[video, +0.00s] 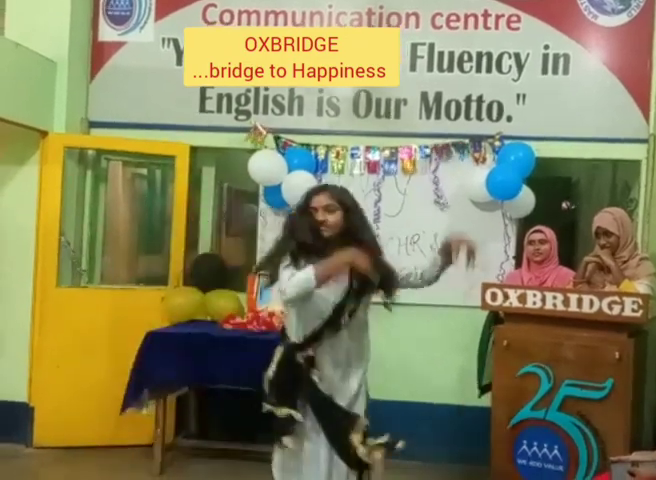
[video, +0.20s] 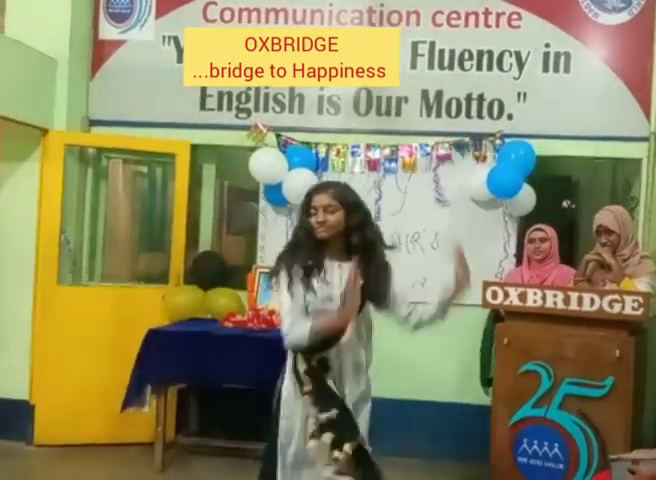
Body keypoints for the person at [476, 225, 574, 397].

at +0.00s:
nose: (537, 247)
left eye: (542, 243)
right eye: (531, 243)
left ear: (552, 247)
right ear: (525, 248)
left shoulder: (567, 277)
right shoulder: (513, 277)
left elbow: (570, 313)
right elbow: (503, 312)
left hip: (554, 344)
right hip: (518, 344)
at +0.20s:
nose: (537, 246)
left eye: (543, 241)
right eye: (532, 241)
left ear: (553, 245)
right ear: (525, 246)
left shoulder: (568, 275)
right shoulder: (513, 275)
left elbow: (572, 315)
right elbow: (498, 315)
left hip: (555, 346)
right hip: (518, 345)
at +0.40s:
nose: (537, 246)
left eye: (543, 241)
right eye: (532, 241)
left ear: (553, 245)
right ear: (526, 246)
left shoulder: (568, 275)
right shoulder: (513, 276)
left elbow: (573, 318)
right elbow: (497, 320)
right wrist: (492, 375)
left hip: (555, 348)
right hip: (517, 347)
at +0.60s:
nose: (537, 246)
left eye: (543, 240)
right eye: (532, 241)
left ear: (553, 244)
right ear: (526, 246)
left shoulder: (568, 275)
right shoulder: (514, 275)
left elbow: (572, 310)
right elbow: (501, 307)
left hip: (555, 339)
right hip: (518, 338)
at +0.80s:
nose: (538, 244)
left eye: (544, 239)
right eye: (533, 239)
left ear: (554, 242)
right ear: (526, 244)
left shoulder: (569, 273)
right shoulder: (515, 273)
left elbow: (573, 308)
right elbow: (502, 306)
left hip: (556, 338)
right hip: (519, 337)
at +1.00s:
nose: (538, 244)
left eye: (544, 239)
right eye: (533, 239)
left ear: (554, 242)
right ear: (527, 244)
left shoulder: (568, 272)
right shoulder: (515, 272)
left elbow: (572, 310)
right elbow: (503, 310)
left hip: (555, 341)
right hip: (518, 341)